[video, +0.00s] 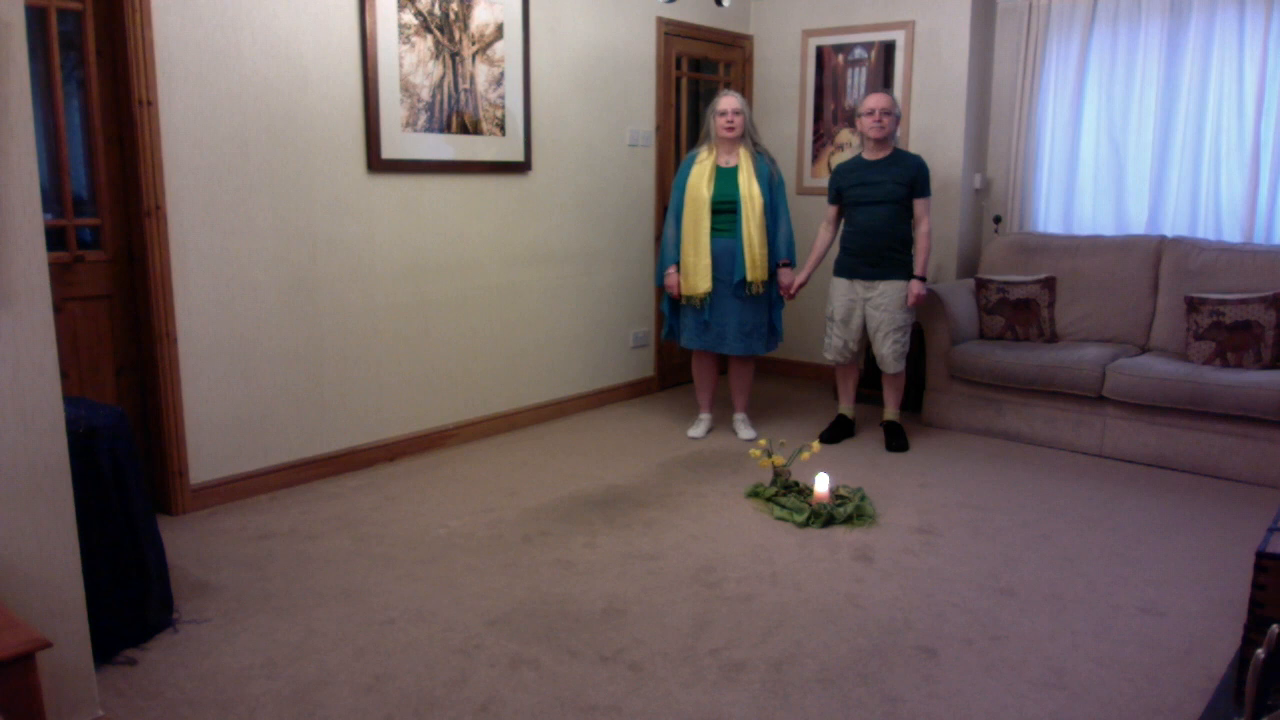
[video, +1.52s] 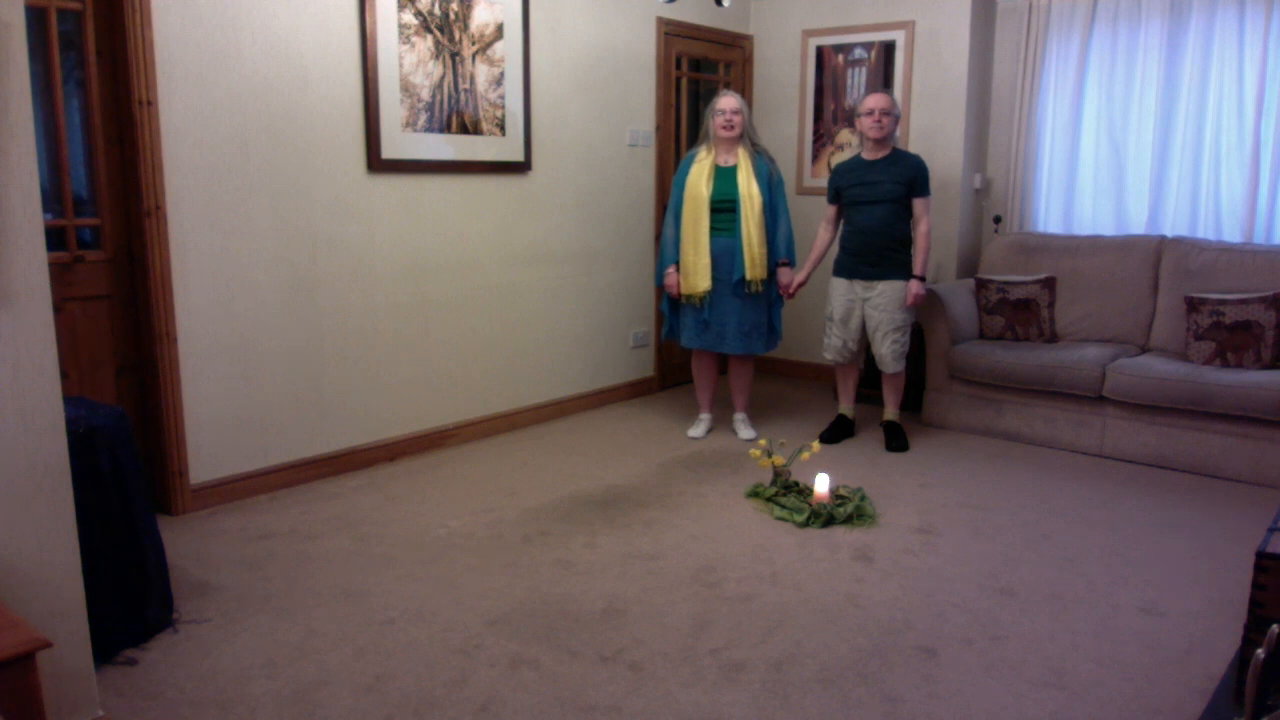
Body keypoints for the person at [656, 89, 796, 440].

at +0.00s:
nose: (729, 119)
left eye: (736, 113)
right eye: (722, 114)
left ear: (746, 119)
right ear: (712, 120)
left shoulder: (762, 164)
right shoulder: (693, 162)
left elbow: (779, 216)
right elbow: (674, 217)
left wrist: (784, 264)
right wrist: (671, 266)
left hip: (749, 268)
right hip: (700, 268)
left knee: (743, 344)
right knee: (702, 342)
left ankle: (741, 414)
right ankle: (704, 413)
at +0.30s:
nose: (729, 119)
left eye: (736, 113)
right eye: (722, 114)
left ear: (746, 119)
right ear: (711, 120)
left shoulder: (762, 164)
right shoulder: (693, 162)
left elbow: (779, 216)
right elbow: (674, 217)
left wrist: (784, 264)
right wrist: (671, 266)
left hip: (749, 268)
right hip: (700, 268)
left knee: (743, 344)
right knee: (702, 342)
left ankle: (741, 414)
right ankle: (704, 413)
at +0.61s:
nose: (729, 118)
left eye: (736, 112)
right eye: (722, 113)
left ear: (746, 118)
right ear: (712, 119)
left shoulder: (762, 163)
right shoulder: (693, 162)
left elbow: (779, 215)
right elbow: (674, 217)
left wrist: (784, 264)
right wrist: (671, 266)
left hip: (749, 267)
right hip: (700, 267)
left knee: (743, 344)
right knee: (702, 342)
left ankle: (741, 414)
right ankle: (704, 413)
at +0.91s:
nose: (729, 118)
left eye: (735, 112)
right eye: (722, 113)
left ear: (746, 118)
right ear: (711, 119)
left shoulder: (762, 163)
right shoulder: (693, 162)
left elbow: (779, 215)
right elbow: (674, 217)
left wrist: (784, 263)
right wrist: (670, 266)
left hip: (749, 267)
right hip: (700, 267)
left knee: (743, 343)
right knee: (702, 342)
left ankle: (741, 414)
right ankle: (704, 413)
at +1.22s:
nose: (728, 118)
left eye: (735, 113)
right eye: (721, 113)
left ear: (745, 119)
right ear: (710, 119)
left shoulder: (762, 163)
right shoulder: (693, 162)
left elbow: (779, 215)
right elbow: (673, 217)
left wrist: (784, 263)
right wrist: (670, 266)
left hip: (748, 267)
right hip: (700, 268)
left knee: (742, 344)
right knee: (702, 342)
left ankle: (741, 414)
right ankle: (704, 413)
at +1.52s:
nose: (728, 118)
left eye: (735, 113)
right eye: (720, 113)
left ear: (745, 119)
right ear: (710, 120)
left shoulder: (762, 163)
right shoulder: (692, 162)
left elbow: (779, 215)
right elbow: (673, 217)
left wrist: (783, 263)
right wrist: (670, 266)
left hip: (748, 268)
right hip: (700, 268)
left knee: (742, 344)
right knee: (702, 342)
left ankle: (741, 414)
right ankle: (704, 413)